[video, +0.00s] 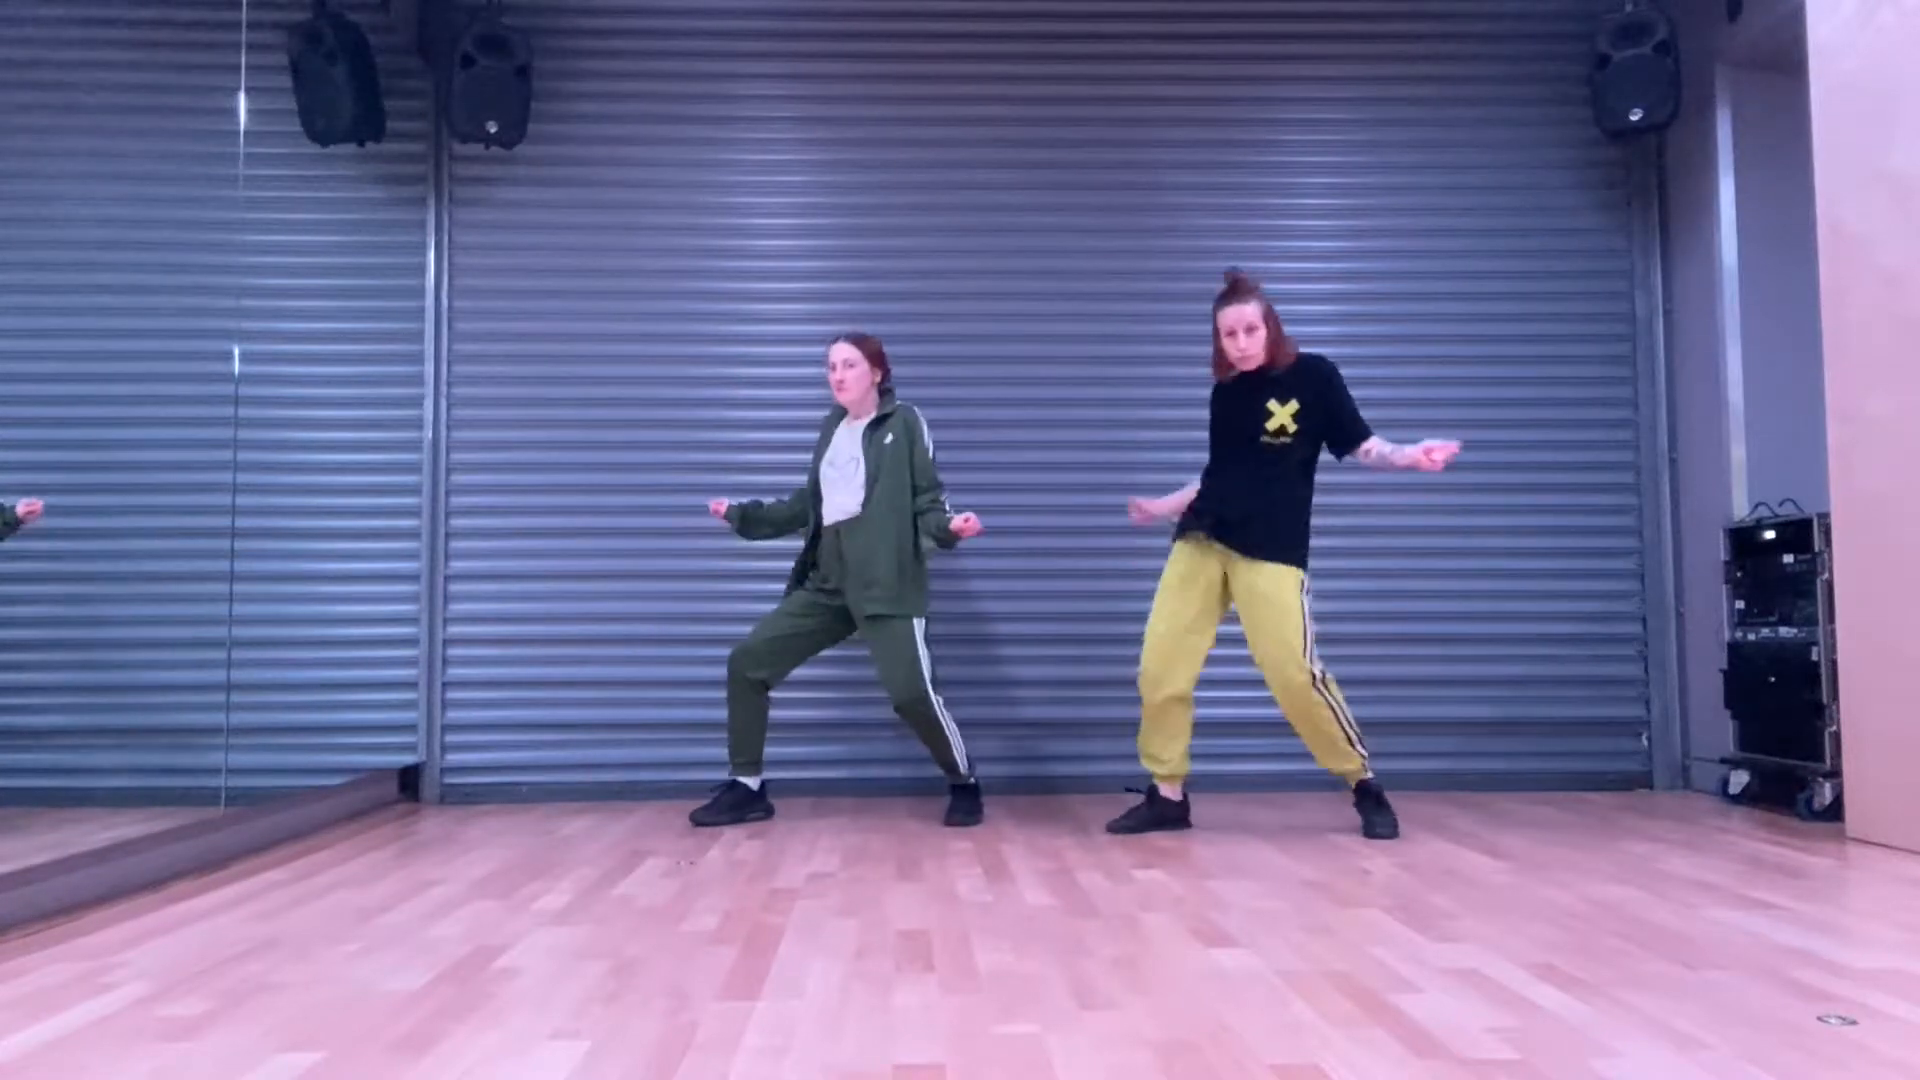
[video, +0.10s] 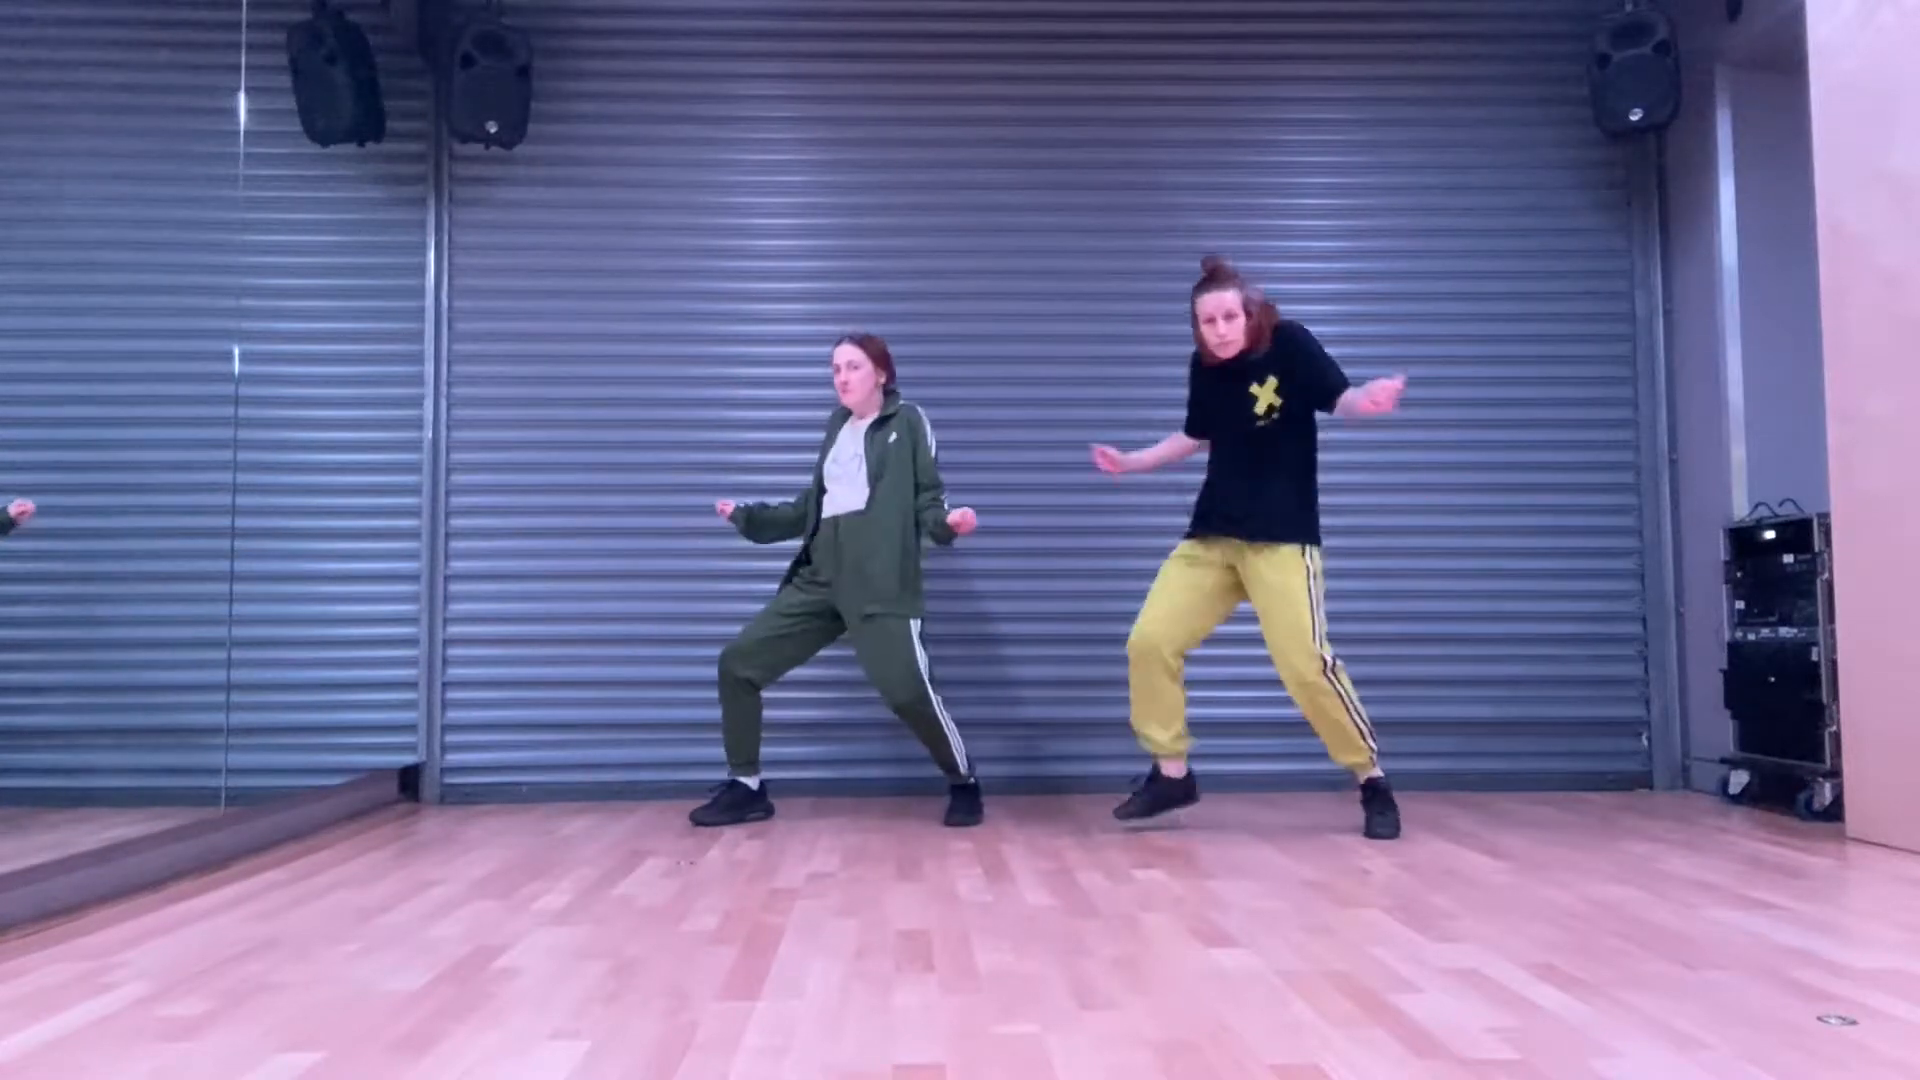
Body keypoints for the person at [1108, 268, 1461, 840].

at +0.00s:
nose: (1240, 344)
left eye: (1250, 330)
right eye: (1229, 334)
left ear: (1271, 328)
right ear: (1218, 339)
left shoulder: (1314, 378)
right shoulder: (1225, 394)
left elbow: (1360, 447)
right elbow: (1219, 481)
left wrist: (1411, 457)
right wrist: (1163, 507)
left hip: (1268, 551)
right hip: (1200, 540)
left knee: (1292, 678)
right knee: (1162, 668)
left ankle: (1364, 790)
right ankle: (1167, 798)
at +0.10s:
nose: (1217, 331)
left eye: (1228, 317)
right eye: (1206, 320)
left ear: (1251, 314)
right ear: (1194, 323)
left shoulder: (1288, 344)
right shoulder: (1203, 367)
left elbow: (1338, 398)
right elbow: (1194, 437)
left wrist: (1369, 399)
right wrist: (1130, 462)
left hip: (1281, 541)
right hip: (1211, 538)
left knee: (1304, 665)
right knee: (1149, 642)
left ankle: (1372, 783)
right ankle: (1171, 777)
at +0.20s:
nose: (1191, 319)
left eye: (1201, 306)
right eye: (1180, 308)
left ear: (1219, 306)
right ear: (1167, 311)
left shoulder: (1246, 337)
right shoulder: (1172, 363)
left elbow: (1296, 388)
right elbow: (1151, 435)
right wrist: (1095, 470)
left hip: (1286, 531)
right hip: (1217, 534)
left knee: (1311, 664)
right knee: (1168, 645)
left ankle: (1370, 785)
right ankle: (1181, 784)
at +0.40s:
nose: (1168, 293)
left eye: (1179, 283)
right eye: (1158, 282)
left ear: (1193, 289)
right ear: (1141, 289)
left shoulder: (1202, 344)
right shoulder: (1132, 367)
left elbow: (1217, 418)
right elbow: (1130, 457)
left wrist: (1222, 470)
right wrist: (1105, 523)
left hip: (1244, 523)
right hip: (1180, 537)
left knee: (1300, 645)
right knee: (1192, 666)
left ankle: (1365, 775)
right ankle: (1179, 797)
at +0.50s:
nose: (1160, 306)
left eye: (1170, 293)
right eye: (1149, 296)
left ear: (1187, 293)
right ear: (1133, 300)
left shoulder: (1209, 354)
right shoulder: (1146, 363)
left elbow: (1238, 439)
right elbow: (1148, 455)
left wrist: (1261, 499)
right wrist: (1131, 531)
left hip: (1200, 537)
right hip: (1145, 540)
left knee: (1246, 659)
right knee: (1169, 671)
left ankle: (1325, 776)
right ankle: (1173, 799)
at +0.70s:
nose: (1122, 330)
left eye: (1133, 317)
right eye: (1112, 320)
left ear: (1154, 312)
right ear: (1099, 320)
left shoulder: (1185, 345)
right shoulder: (1116, 365)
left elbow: (1248, 388)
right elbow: (1136, 427)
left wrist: (1256, 421)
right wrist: (1089, 465)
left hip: (1178, 528)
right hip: (1125, 530)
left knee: (1153, 658)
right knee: (1095, 651)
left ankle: (1234, 768)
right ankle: (1152, 782)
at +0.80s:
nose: (1112, 347)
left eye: (1122, 335)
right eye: (1102, 336)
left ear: (1141, 337)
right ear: (1087, 340)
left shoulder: (1165, 382)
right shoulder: (1088, 399)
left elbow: (1219, 437)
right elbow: (1077, 467)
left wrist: (1230, 471)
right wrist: (1029, 516)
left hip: (1194, 556)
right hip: (1132, 555)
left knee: (1137, 653)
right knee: (1072, 639)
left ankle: (1188, 775)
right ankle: (1116, 765)